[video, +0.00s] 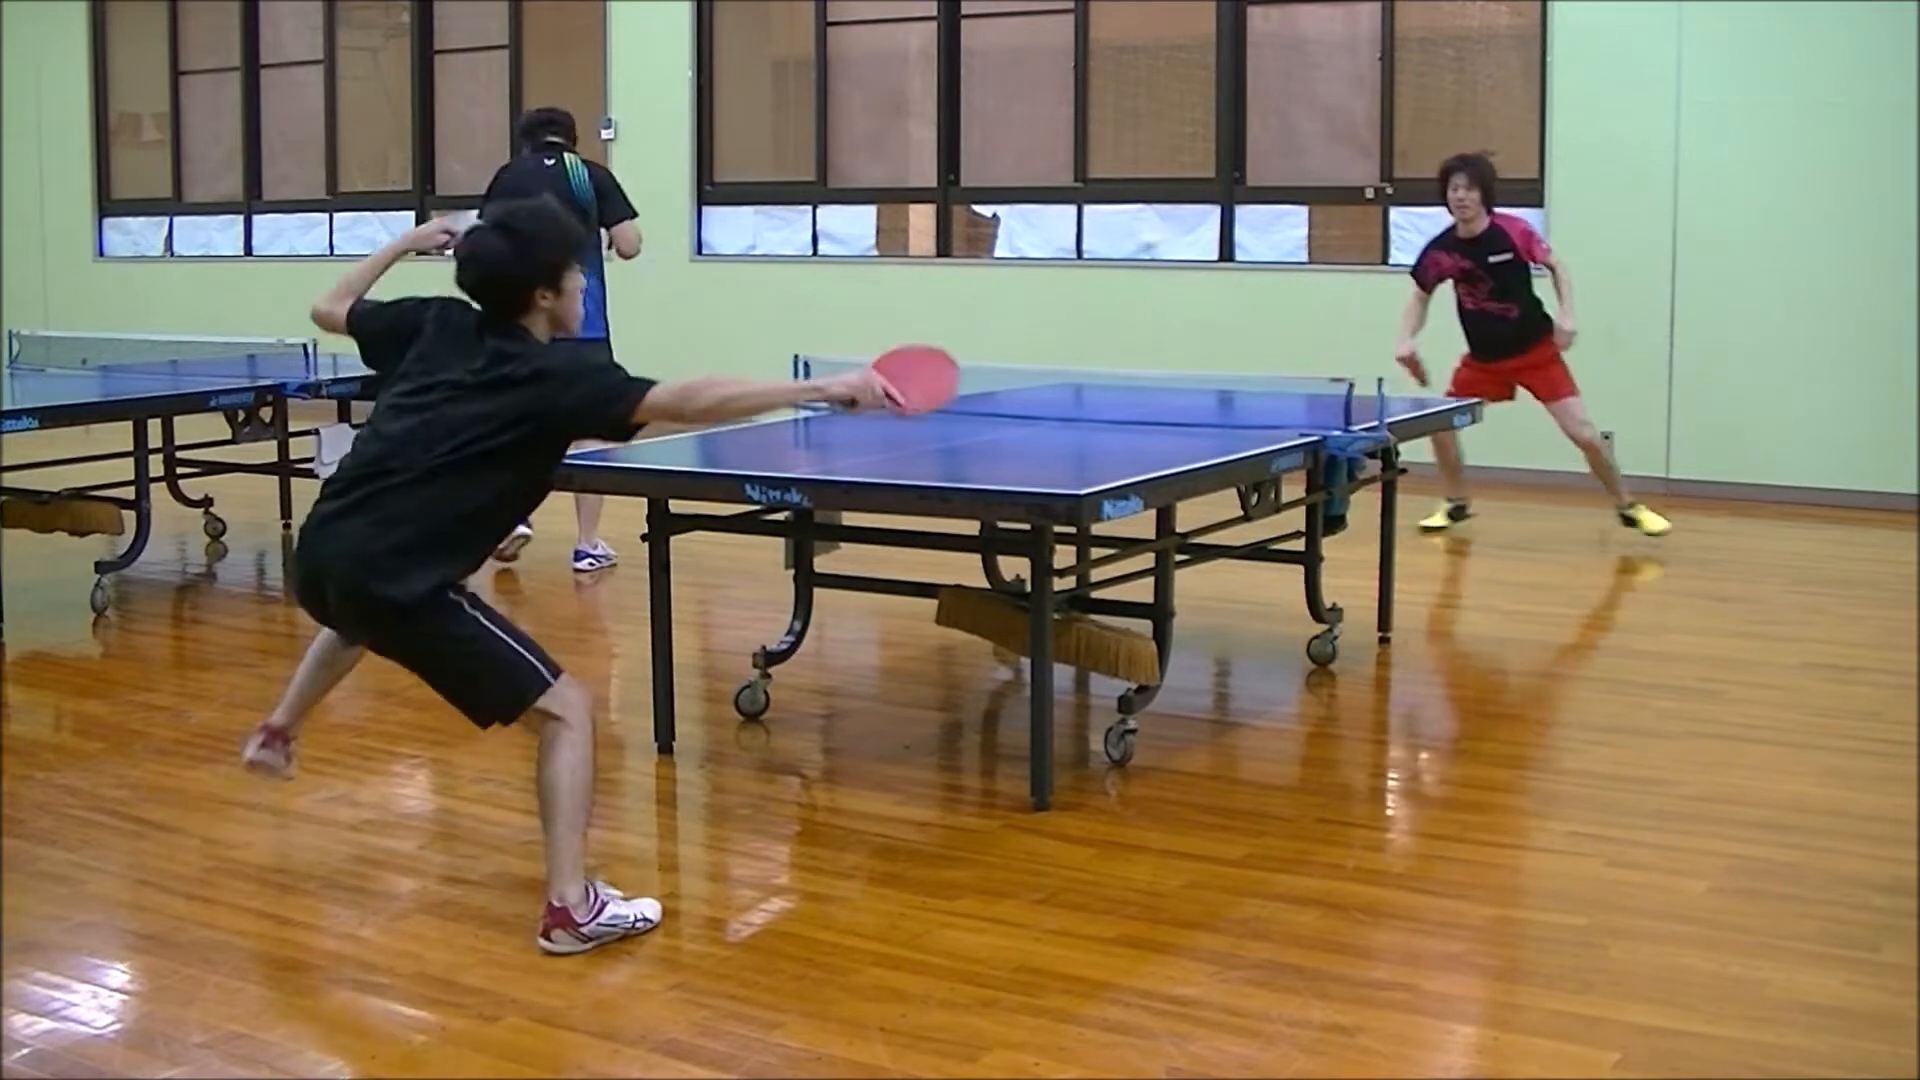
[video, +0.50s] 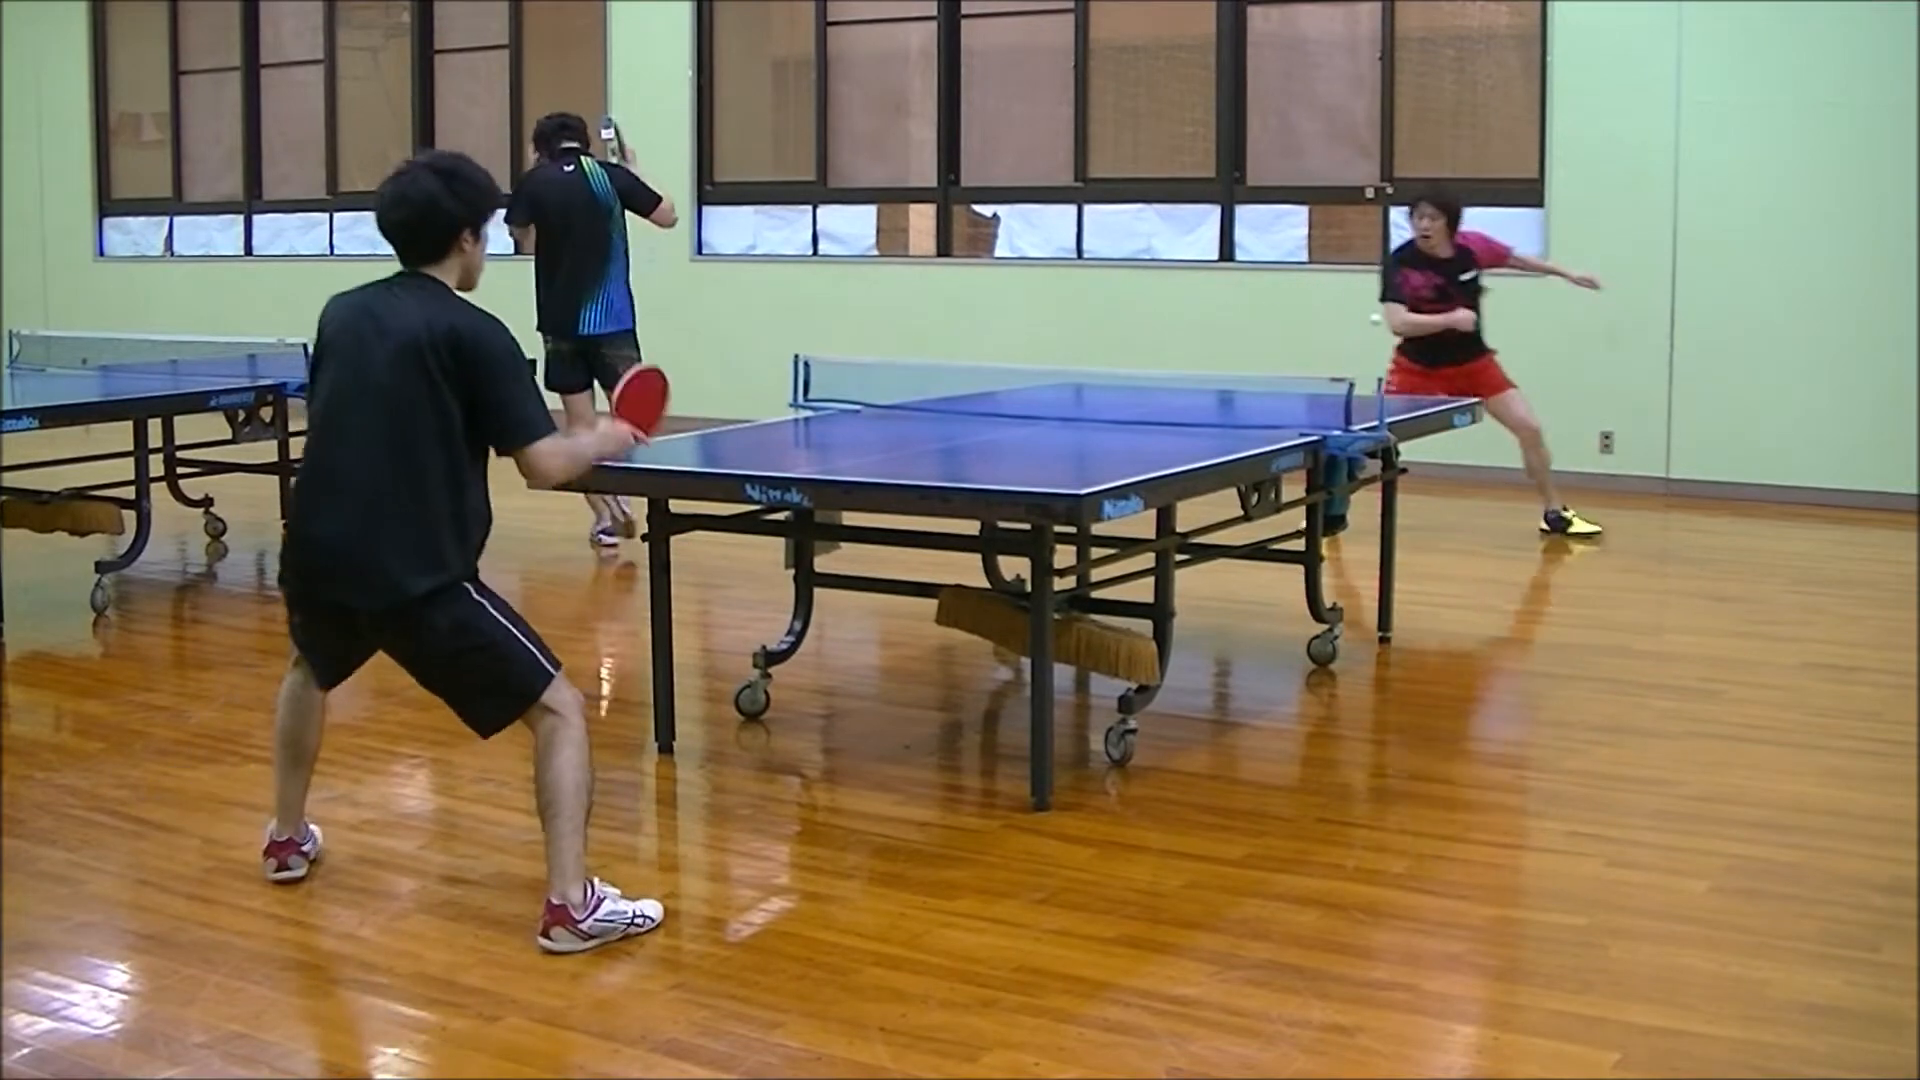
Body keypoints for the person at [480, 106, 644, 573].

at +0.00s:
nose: (583, 285)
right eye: (574, 275)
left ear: (526, 140)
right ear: (573, 140)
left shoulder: (506, 175)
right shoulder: (594, 174)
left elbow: (481, 239)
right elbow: (628, 244)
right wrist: (604, 217)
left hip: (505, 324)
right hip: (583, 333)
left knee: (508, 429)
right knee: (594, 438)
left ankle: (510, 519)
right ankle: (588, 543)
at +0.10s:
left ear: (532, 145)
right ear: (580, 143)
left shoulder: (518, 176)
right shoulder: (602, 175)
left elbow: (498, 235)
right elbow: (642, 241)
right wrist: (619, 203)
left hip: (522, 323)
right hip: (592, 326)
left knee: (541, 428)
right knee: (599, 434)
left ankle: (546, 526)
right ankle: (586, 542)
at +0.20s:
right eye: (590, 142)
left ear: (540, 150)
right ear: (586, 146)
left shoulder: (523, 182)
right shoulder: (606, 178)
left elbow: (511, 245)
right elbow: (654, 240)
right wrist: (626, 204)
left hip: (537, 328)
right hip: (594, 326)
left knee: (561, 431)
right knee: (592, 437)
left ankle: (590, 531)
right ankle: (584, 540)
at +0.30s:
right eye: (588, 148)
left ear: (542, 154)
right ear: (588, 150)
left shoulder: (526, 189)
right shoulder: (608, 181)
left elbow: (517, 255)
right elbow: (662, 236)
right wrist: (644, 198)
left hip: (552, 327)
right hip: (602, 326)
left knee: (569, 430)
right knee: (601, 433)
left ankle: (587, 530)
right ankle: (591, 534)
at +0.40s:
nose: (537, 159)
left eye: (538, 153)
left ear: (541, 153)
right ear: (585, 147)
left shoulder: (531, 186)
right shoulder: (610, 178)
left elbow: (523, 244)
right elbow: (664, 226)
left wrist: (560, 231)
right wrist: (639, 185)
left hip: (558, 326)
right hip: (608, 324)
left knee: (577, 425)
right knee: (620, 422)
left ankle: (598, 523)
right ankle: (608, 514)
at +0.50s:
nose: (533, 155)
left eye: (534, 149)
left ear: (539, 150)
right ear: (585, 144)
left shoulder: (533, 182)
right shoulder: (610, 175)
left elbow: (525, 242)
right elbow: (666, 215)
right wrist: (633, 172)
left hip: (560, 321)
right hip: (612, 319)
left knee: (579, 421)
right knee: (629, 411)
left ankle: (604, 521)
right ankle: (620, 506)